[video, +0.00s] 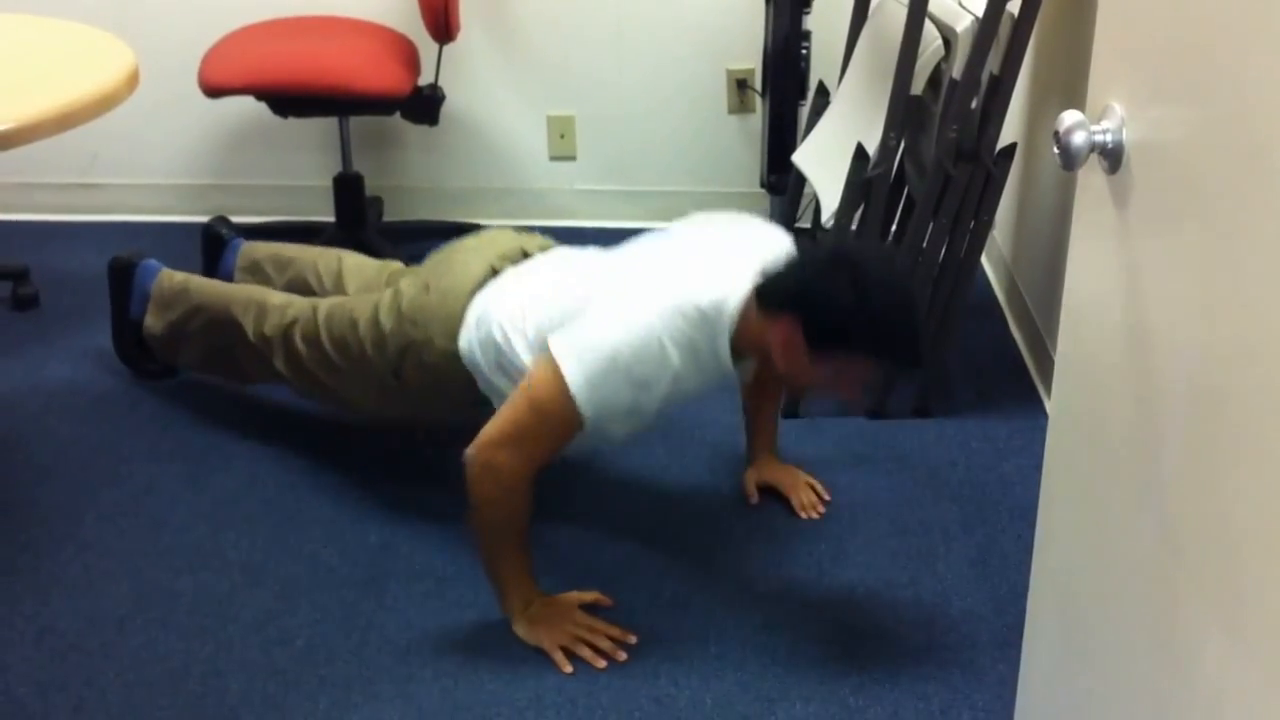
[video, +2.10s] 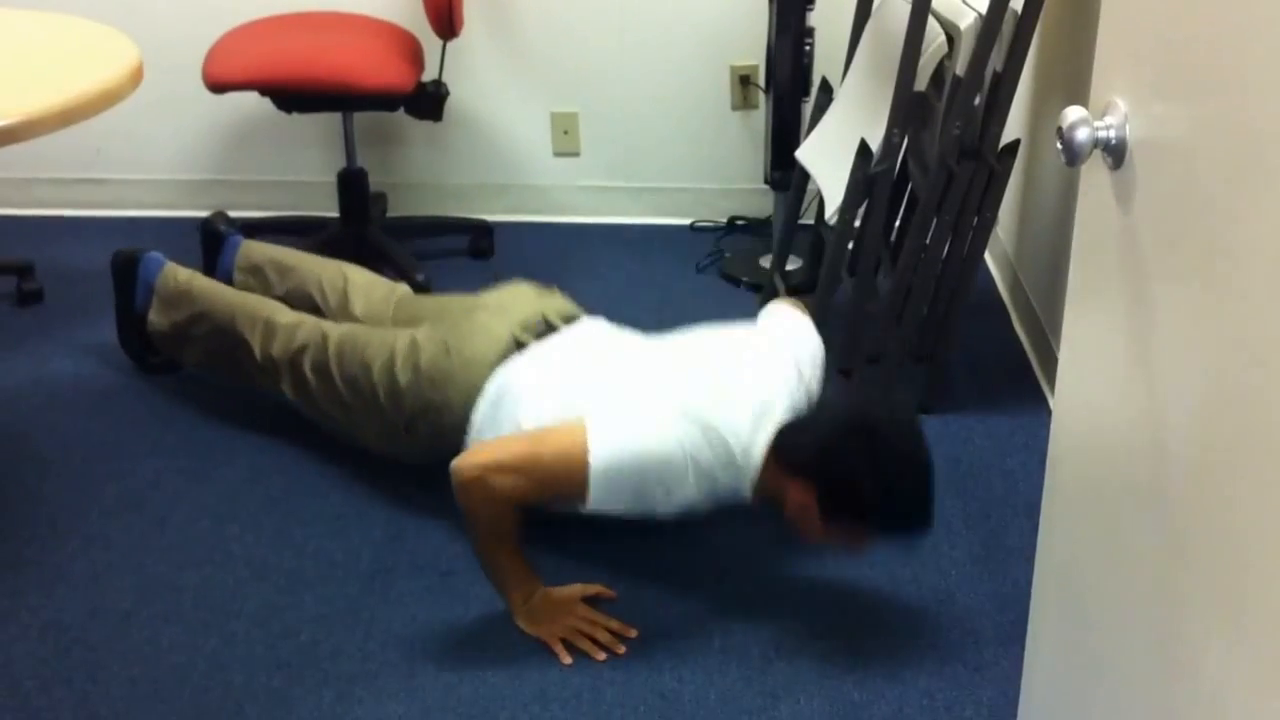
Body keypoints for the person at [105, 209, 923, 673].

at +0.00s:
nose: (838, 395)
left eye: (857, 387)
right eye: (842, 380)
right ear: (791, 340)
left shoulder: (770, 248)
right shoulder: (644, 345)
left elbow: (765, 357)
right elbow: (493, 462)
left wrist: (762, 454)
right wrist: (527, 606)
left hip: (522, 255)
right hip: (462, 325)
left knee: (375, 282)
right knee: (295, 337)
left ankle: (245, 250)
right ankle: (157, 308)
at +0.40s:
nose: (841, 513)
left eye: (856, 501)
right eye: (843, 498)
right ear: (804, 454)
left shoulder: (788, 320)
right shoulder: (663, 436)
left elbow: (695, 321)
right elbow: (473, 481)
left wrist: (751, 443)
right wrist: (527, 606)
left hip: (538, 301)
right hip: (461, 379)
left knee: (391, 305)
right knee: (292, 355)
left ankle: (242, 254)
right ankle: (161, 304)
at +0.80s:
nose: (824, 400)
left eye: (840, 392)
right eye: (825, 385)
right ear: (779, 345)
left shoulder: (766, 251)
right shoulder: (636, 350)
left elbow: (762, 357)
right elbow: (482, 468)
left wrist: (763, 453)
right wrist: (527, 604)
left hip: (518, 253)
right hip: (455, 325)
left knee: (373, 277)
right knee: (294, 332)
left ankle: (238, 248)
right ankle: (155, 303)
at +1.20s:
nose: (818, 471)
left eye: (830, 469)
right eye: (825, 461)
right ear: (795, 428)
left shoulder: (781, 299)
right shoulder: (659, 409)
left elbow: (756, 371)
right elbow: (468, 474)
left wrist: (766, 446)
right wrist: (527, 602)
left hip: (532, 290)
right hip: (457, 369)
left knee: (384, 296)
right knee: (290, 351)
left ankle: (238, 250)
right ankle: (156, 300)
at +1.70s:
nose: (819, 358)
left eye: (835, 349)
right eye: (823, 344)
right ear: (779, 314)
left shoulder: (762, 222)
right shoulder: (628, 318)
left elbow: (763, 340)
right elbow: (504, 452)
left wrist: (766, 451)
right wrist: (527, 595)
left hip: (509, 242)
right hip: (452, 315)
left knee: (367, 269)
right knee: (286, 332)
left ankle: (232, 246)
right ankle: (150, 303)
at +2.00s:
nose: (829, 452)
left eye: (845, 449)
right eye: (837, 443)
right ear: (800, 404)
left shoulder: (782, 287)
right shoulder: (669, 383)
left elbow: (757, 371)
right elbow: (478, 468)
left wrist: (764, 446)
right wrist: (529, 600)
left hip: (529, 277)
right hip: (463, 358)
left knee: (374, 283)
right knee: (292, 344)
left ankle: (233, 245)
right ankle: (154, 299)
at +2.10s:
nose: (838, 545)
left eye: (854, 536)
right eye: (843, 532)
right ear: (805, 496)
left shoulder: (795, 361)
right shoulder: (676, 458)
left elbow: (785, 302)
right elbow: (479, 478)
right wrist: (529, 599)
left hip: (543, 313)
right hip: (467, 386)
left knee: (391, 303)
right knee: (298, 354)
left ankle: (239, 250)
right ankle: (162, 297)